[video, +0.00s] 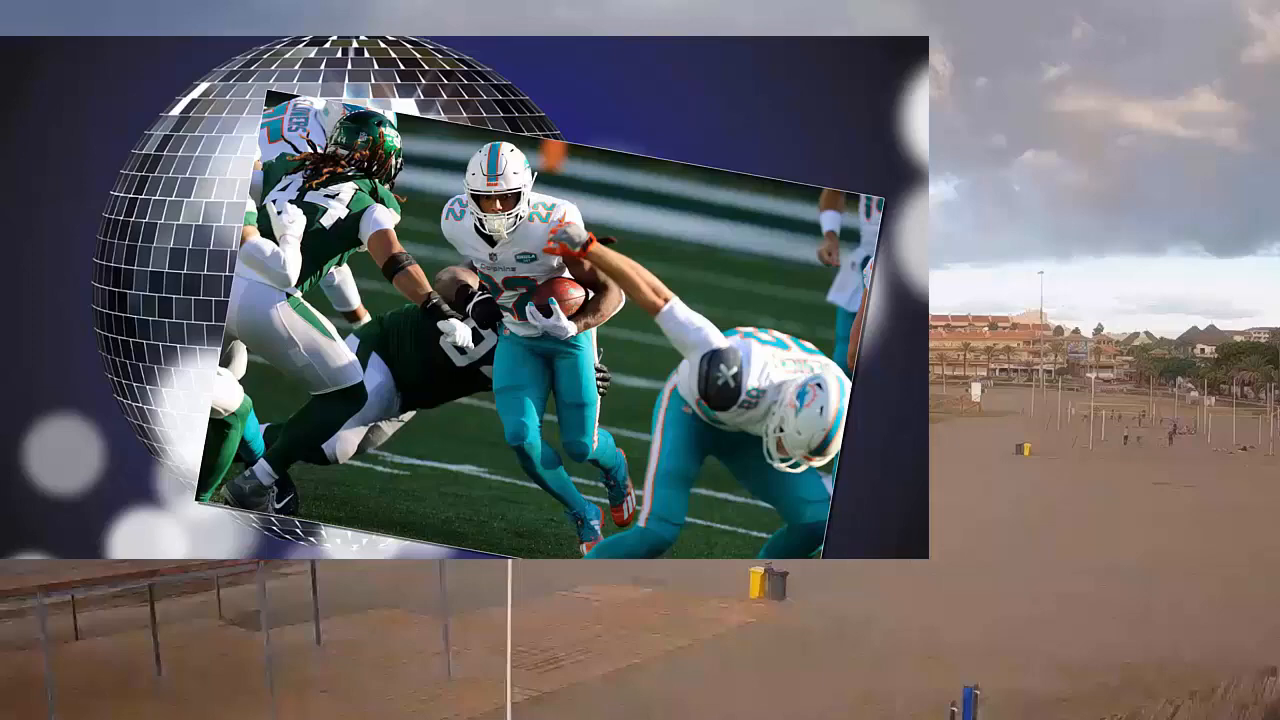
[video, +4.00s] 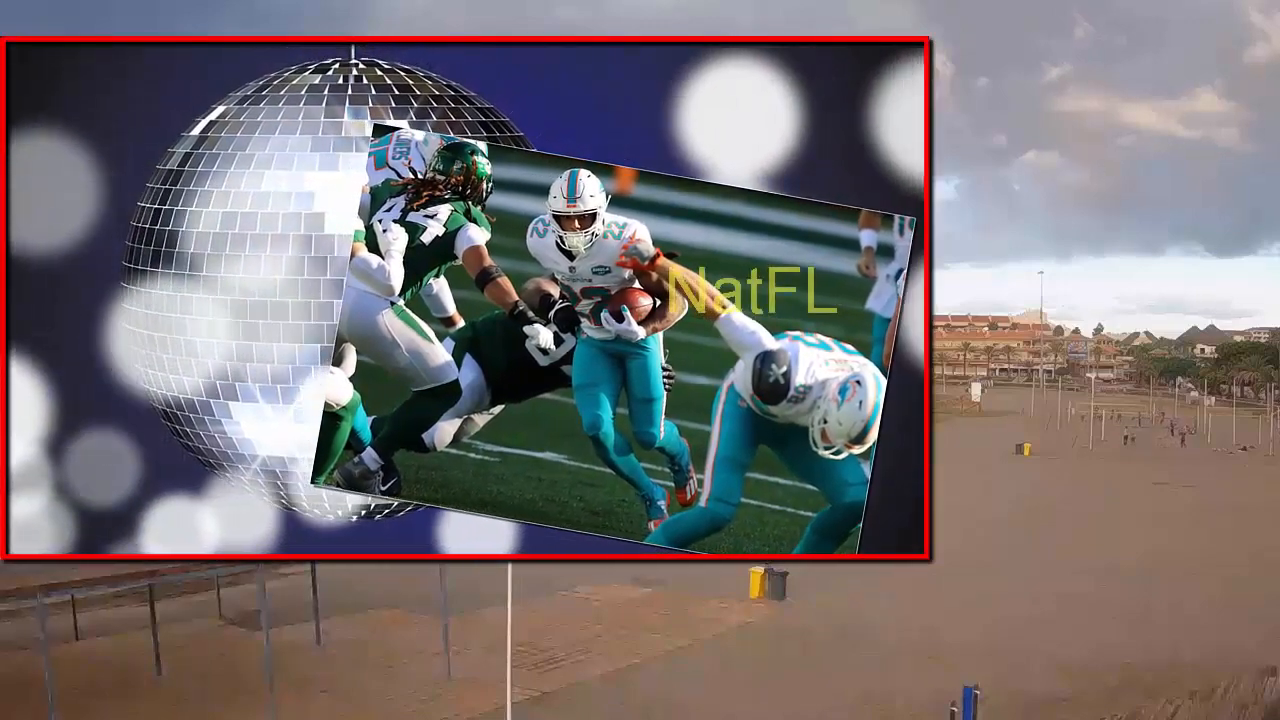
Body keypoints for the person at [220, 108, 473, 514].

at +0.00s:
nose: (394, 165)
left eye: (392, 156)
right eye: (392, 156)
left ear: (334, 143)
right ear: (381, 158)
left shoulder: (285, 168)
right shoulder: (366, 201)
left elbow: (231, 196)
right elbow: (394, 261)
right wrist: (435, 305)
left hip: (218, 278)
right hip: (267, 299)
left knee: (222, 379)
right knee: (347, 390)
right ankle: (258, 479)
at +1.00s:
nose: (417, 170)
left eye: (415, 162)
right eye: (415, 162)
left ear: (359, 151)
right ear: (403, 164)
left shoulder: (311, 174)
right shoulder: (391, 206)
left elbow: (256, 198)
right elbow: (418, 266)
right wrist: (461, 313)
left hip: (241, 281)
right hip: (293, 299)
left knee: (250, 384)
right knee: (372, 390)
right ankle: (286, 474)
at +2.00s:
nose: (439, 178)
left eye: (439, 170)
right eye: (437, 170)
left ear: (384, 156)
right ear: (427, 170)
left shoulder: (336, 178)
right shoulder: (414, 211)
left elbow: (285, 207)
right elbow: (440, 268)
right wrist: (482, 315)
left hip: (272, 285)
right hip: (321, 302)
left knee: (283, 366)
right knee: (395, 388)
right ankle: (313, 470)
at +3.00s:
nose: (462, 184)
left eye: (462, 177)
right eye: (460, 176)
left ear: (409, 163)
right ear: (450, 177)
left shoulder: (365, 184)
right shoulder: (439, 216)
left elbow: (315, 202)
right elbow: (463, 271)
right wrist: (504, 316)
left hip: (299, 284)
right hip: (346, 304)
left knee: (303, 386)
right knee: (420, 389)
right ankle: (339, 468)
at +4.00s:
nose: (485, 189)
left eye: (485, 182)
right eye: (483, 182)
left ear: (435, 170)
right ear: (473, 182)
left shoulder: (390, 190)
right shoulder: (463, 218)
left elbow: (340, 207)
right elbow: (485, 273)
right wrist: (522, 314)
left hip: (328, 289)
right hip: (374, 306)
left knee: (334, 369)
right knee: (445, 388)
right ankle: (367, 462)